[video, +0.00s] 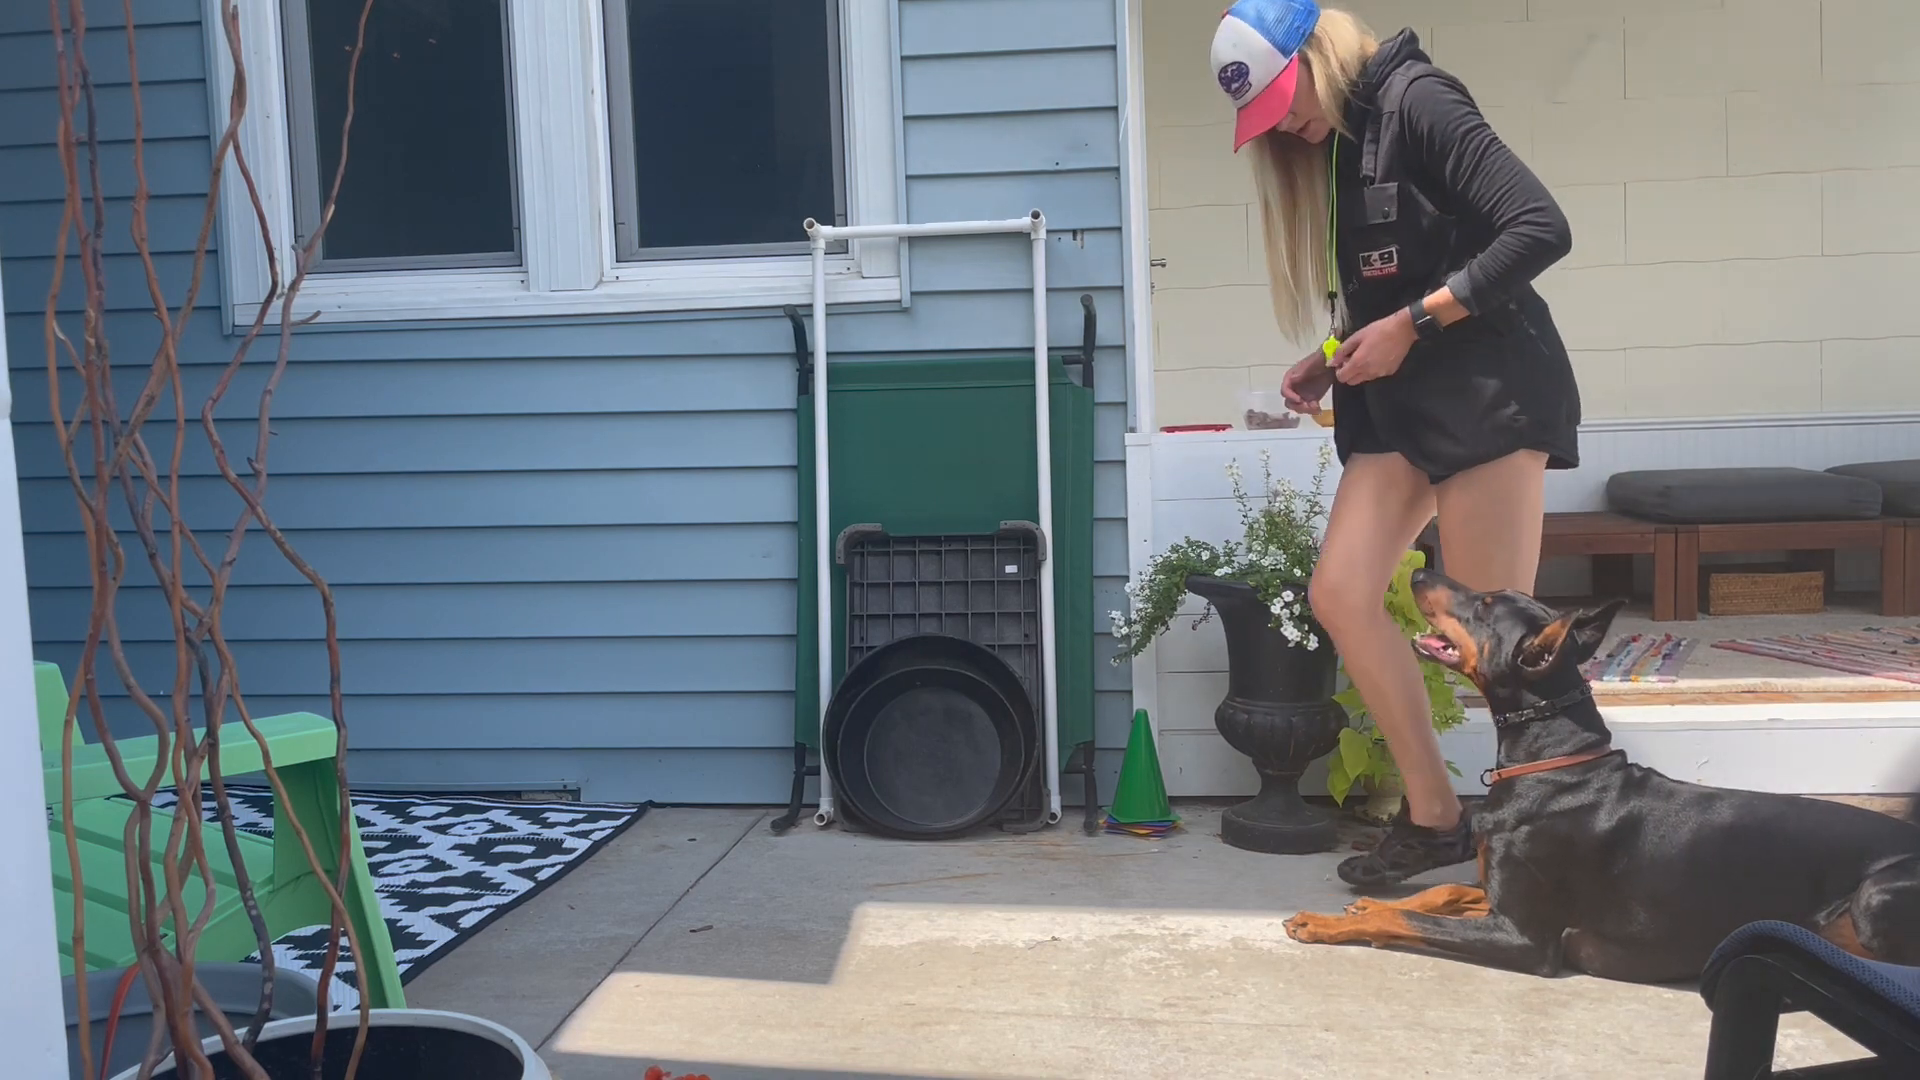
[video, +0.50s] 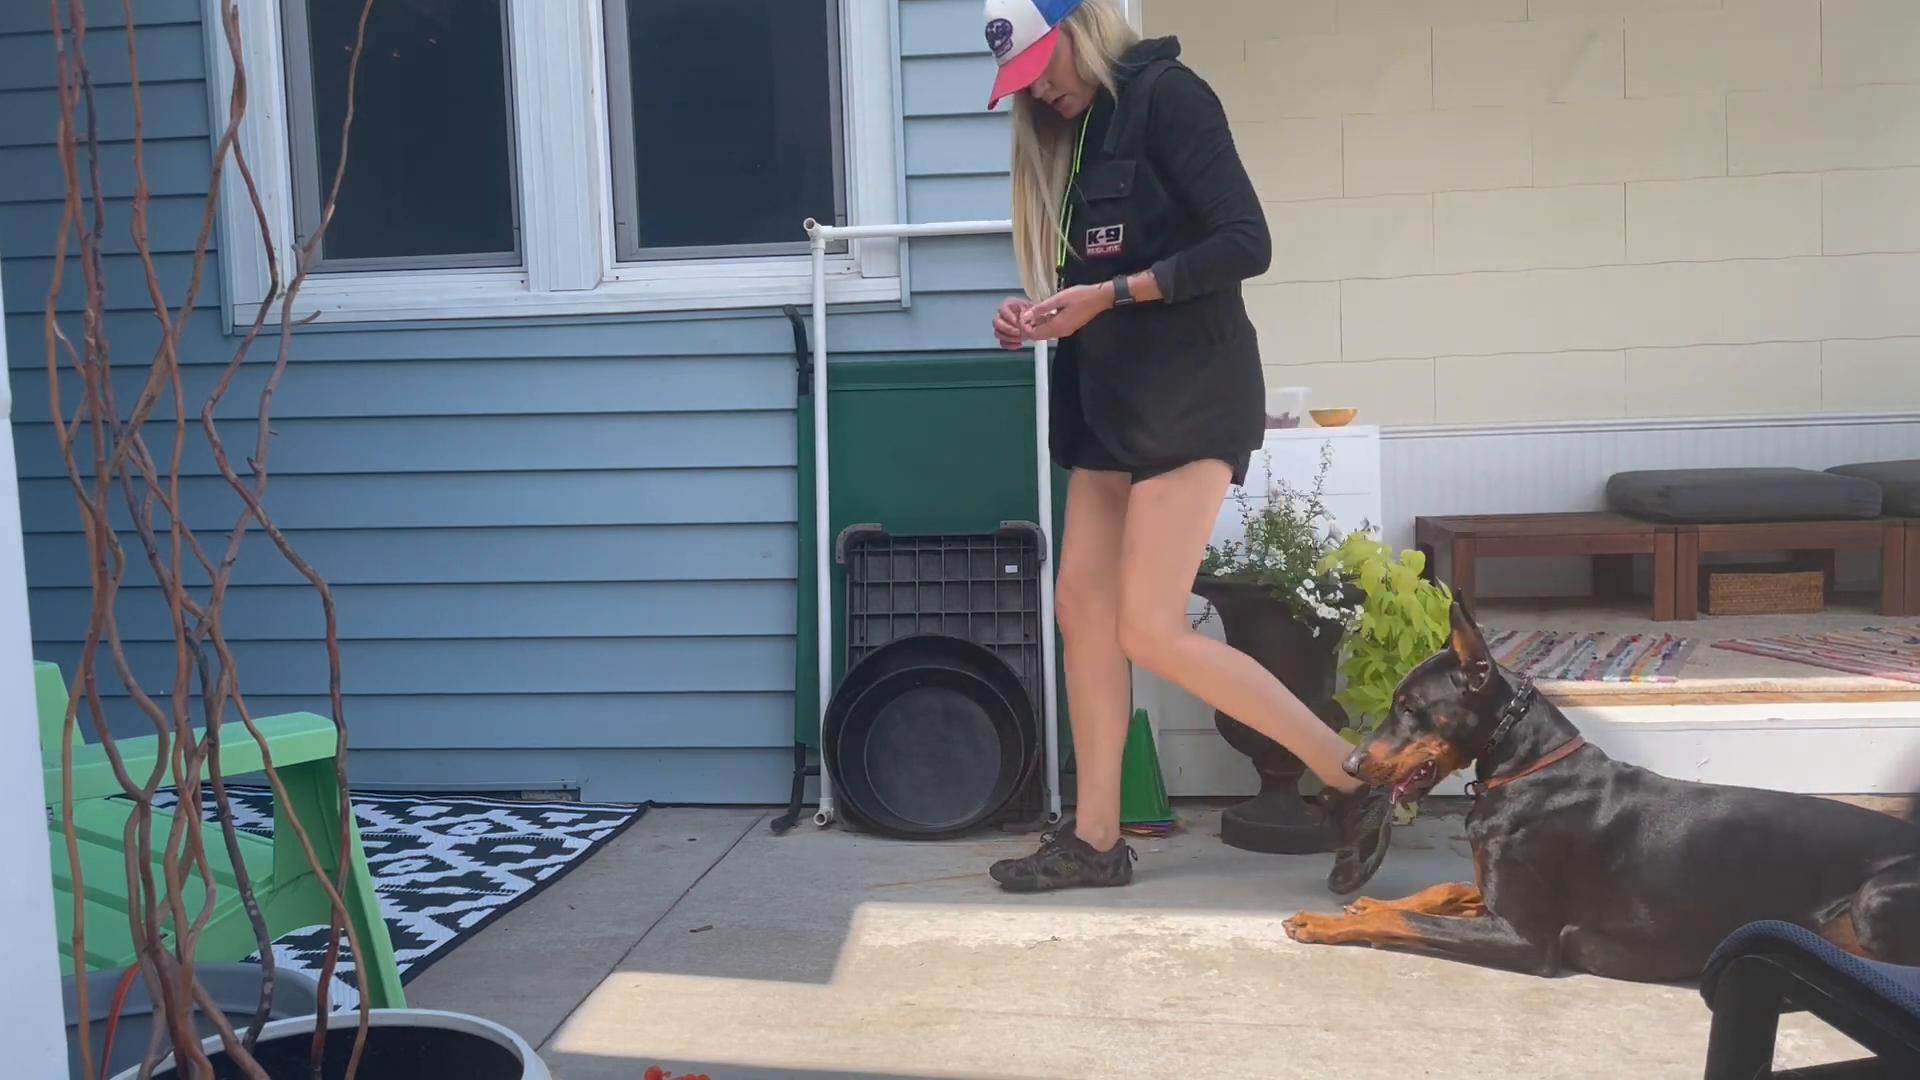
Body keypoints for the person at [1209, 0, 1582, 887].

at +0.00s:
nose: (1290, 132)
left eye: (1285, 111)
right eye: (1275, 124)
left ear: (1315, 59)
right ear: (1280, 92)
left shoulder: (1419, 101)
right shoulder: (1344, 139)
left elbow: (1538, 226)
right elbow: (1398, 282)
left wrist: (1417, 320)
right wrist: (1334, 359)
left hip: (1491, 391)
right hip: (1401, 402)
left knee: (1496, 632)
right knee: (1343, 596)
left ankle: (1548, 830)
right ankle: (1436, 818)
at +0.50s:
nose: (1042, 97)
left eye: (1043, 73)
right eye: (1028, 86)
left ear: (1081, 30)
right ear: (1033, 67)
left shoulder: (1170, 94)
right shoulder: (1084, 132)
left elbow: (1245, 242)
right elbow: (1110, 266)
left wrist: (1110, 293)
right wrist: (1047, 306)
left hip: (1193, 393)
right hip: (1109, 397)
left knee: (1151, 627)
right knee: (1084, 606)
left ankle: (1353, 779)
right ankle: (1097, 840)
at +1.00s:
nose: (883, 57)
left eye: (897, 38)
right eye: (863, 43)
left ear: (930, 18)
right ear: (838, 35)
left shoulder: (979, 102)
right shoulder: (835, 106)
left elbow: (1051, 263)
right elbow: (785, 275)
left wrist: (947, 267)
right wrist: (799, 272)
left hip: (951, 397)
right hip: (853, 396)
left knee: (879, 625)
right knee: (855, 634)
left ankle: (852, 868)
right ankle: (1025, 786)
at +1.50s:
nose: (779, 32)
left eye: (787, 21)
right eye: (768, 16)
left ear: (784, 18)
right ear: (712, 2)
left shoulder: (780, 84)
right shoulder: (614, 72)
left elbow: (808, 229)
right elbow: (572, 250)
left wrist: (822, 276)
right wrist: (725, 265)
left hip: (771, 368)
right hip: (651, 373)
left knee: (801, 626)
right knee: (648, 630)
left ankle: (834, 865)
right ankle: (596, 876)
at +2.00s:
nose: (722, 38)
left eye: (727, 27)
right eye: (715, 21)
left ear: (684, 8)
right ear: (671, 2)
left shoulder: (665, 67)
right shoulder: (588, 56)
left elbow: (658, 236)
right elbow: (558, 244)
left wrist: (745, 258)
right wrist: (723, 257)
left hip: (684, 367)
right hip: (616, 373)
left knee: (674, 622)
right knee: (622, 630)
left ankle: (644, 858)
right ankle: (594, 880)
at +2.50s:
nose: (745, 43)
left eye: (749, 31)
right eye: (740, 26)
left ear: (700, 14)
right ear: (693, 8)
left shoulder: (672, 77)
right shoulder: (620, 68)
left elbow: (667, 240)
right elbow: (605, 232)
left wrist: (756, 274)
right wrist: (741, 245)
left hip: (666, 376)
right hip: (633, 375)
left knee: (671, 621)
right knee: (694, 615)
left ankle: (638, 861)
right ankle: (653, 879)